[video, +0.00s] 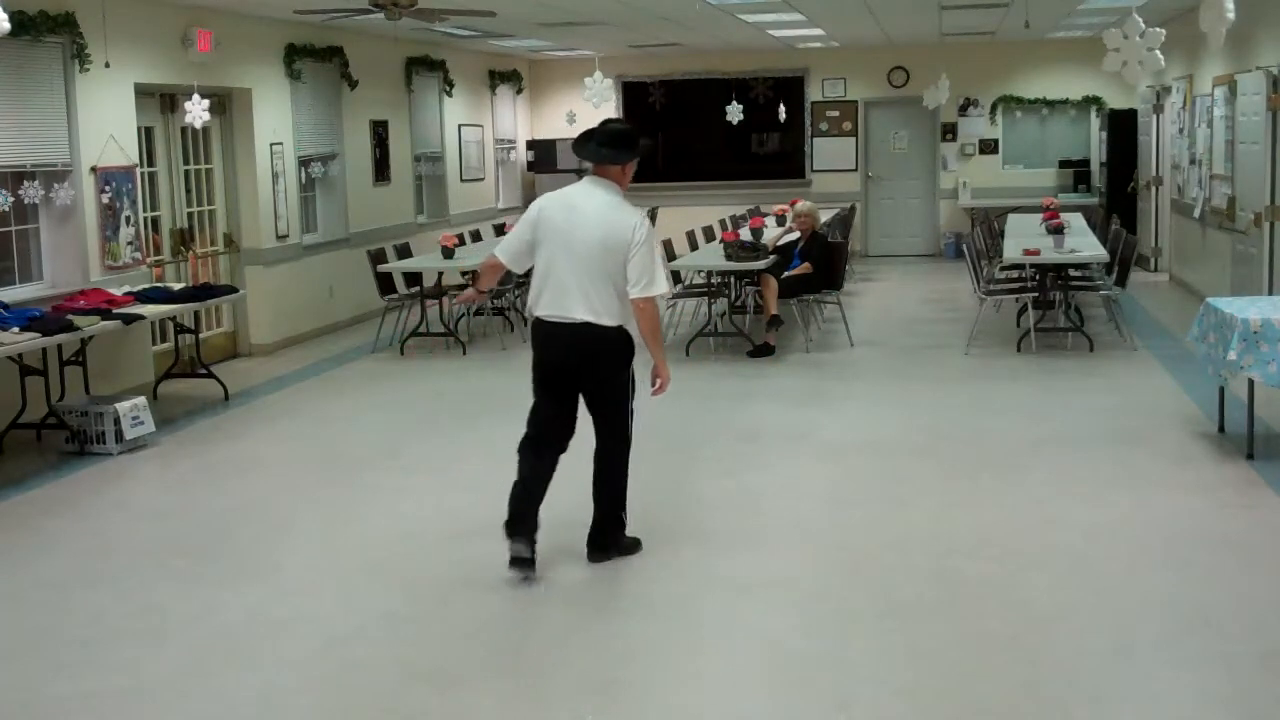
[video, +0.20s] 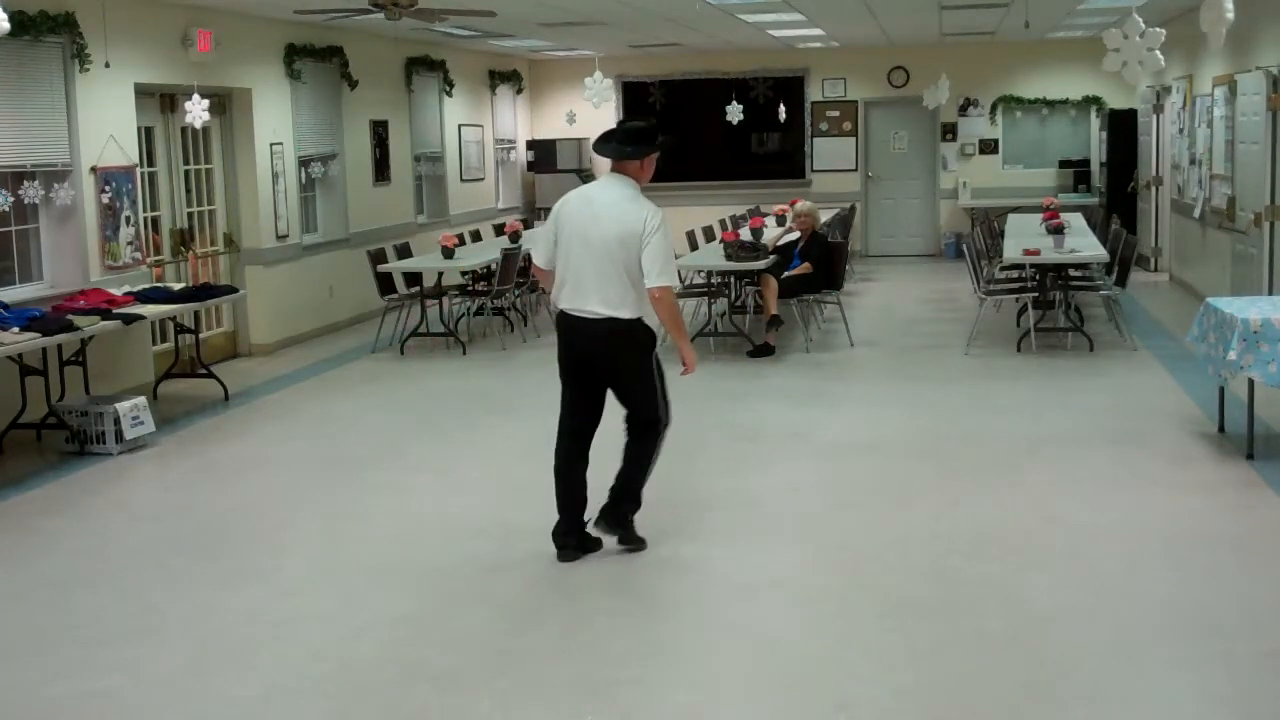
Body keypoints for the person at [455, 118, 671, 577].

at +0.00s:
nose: (633, 172)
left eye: (632, 165)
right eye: (632, 165)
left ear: (587, 162)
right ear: (624, 167)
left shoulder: (547, 205)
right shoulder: (632, 222)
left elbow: (496, 265)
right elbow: (642, 299)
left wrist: (480, 287)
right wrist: (659, 358)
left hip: (549, 339)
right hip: (606, 344)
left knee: (546, 431)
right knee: (613, 440)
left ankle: (520, 530)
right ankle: (606, 536)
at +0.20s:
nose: (654, 168)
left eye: (653, 160)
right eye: (652, 160)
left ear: (611, 160)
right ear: (641, 163)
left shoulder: (569, 201)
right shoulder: (646, 214)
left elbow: (539, 262)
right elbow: (658, 292)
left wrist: (565, 297)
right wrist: (682, 342)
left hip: (573, 334)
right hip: (626, 337)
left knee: (574, 429)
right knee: (649, 421)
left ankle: (569, 534)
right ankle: (618, 512)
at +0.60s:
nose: (705, 155)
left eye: (704, 148)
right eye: (704, 148)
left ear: (665, 149)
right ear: (696, 150)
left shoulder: (640, 194)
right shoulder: (691, 202)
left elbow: (648, 257)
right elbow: (694, 276)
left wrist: (706, 276)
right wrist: (708, 337)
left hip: (644, 314)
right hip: (681, 317)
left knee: (668, 402)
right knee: (699, 416)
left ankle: (635, 475)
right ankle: (691, 508)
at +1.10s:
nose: (746, 152)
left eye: (741, 147)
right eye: (745, 147)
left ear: (710, 151)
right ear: (742, 150)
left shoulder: (694, 196)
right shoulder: (738, 200)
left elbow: (700, 258)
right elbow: (740, 271)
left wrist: (759, 260)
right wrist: (765, 325)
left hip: (711, 309)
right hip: (742, 310)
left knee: (734, 397)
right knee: (785, 392)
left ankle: (749, 479)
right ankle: (724, 463)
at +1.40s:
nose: (761, 154)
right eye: (763, 148)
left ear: (726, 151)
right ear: (763, 151)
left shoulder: (705, 203)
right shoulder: (780, 202)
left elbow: (695, 264)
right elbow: (798, 267)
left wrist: (730, 247)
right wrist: (822, 312)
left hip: (728, 315)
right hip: (777, 314)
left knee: (740, 398)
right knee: (803, 391)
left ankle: (748, 485)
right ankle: (794, 485)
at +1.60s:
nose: (725, 152)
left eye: (727, 145)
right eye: (725, 145)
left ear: (739, 146)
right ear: (766, 144)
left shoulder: (725, 198)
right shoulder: (805, 190)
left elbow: (706, 269)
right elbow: (832, 252)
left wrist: (699, 267)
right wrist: (846, 306)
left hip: (738, 314)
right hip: (789, 312)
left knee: (737, 403)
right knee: (790, 405)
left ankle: (737, 484)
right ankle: (799, 500)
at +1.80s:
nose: (714, 159)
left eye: (718, 150)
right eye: (713, 151)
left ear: (742, 147)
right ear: (750, 148)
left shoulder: (738, 199)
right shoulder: (797, 191)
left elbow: (728, 266)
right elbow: (829, 246)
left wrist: (690, 283)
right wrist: (842, 296)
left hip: (748, 317)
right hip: (793, 314)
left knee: (723, 406)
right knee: (794, 405)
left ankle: (741, 493)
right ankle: (808, 496)